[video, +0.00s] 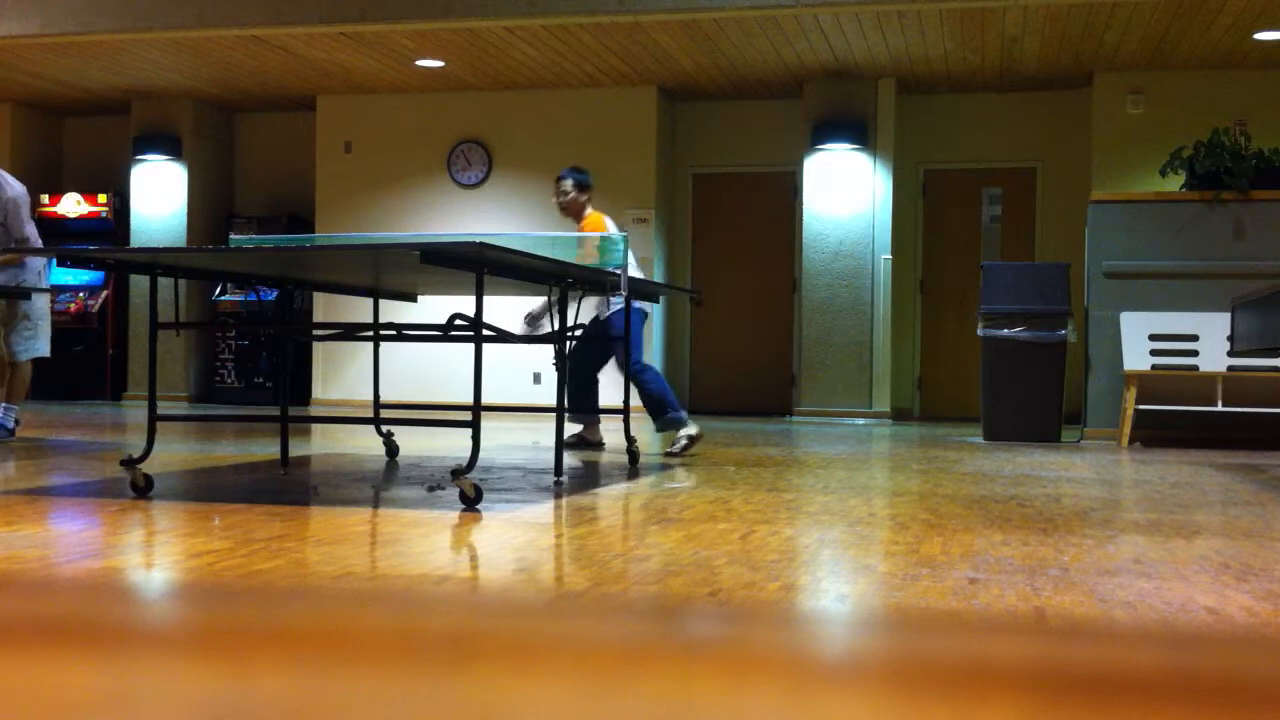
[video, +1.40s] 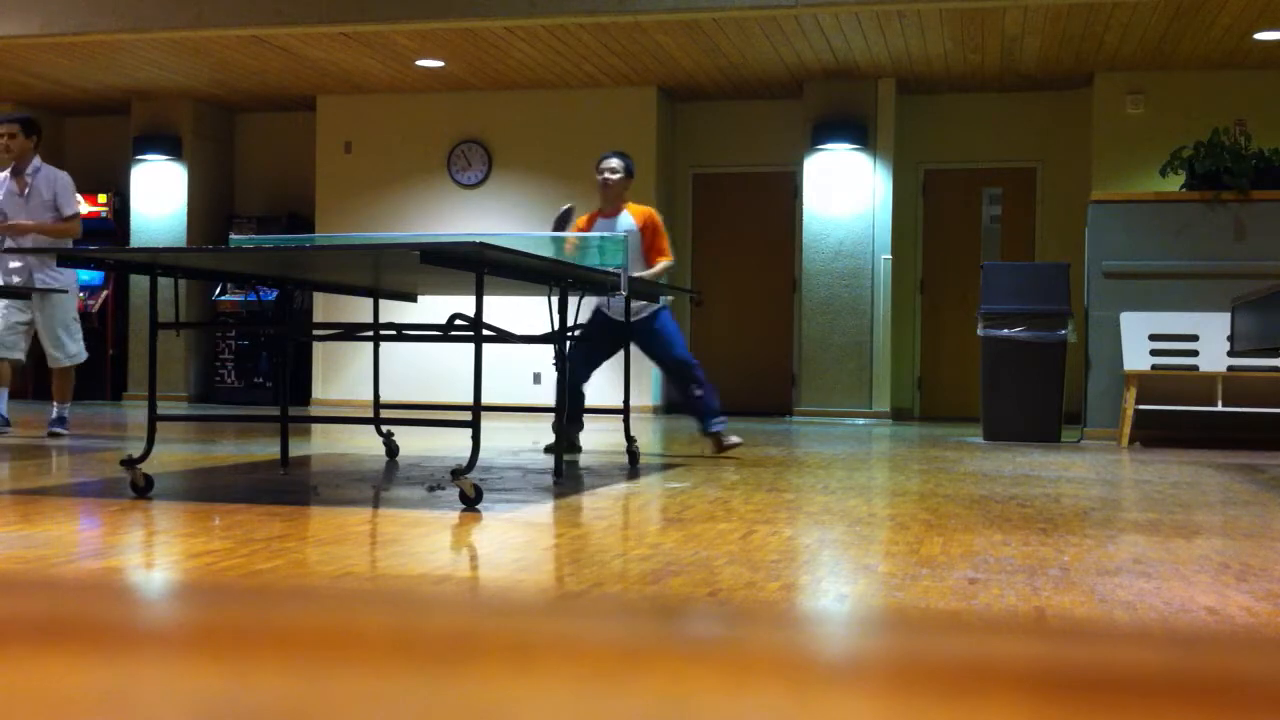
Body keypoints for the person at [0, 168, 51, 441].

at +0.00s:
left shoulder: (12, 191)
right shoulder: (10, 191)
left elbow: (26, 247)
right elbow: (23, 247)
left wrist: (3, 259)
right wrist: (7, 258)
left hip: (26, 277)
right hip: (11, 277)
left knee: (20, 352)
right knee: (9, 353)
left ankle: (9, 418)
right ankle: (7, 415)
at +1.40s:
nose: (5, 143)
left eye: (11, 137)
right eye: (2, 137)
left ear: (32, 141)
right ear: (2, 141)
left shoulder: (57, 179)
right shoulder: (3, 181)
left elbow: (75, 228)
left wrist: (29, 226)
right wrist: (6, 229)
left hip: (52, 281)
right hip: (11, 280)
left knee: (61, 353)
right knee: (3, 350)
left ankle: (60, 416)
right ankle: (1, 413)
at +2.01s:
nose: (22, 171)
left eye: (28, 165)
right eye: (17, 166)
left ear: (45, 167)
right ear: (13, 169)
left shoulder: (66, 198)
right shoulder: (7, 201)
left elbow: (78, 232)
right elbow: (0, 230)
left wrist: (73, 250)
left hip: (63, 287)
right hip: (15, 289)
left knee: (80, 349)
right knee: (2, 350)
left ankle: (89, 414)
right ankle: (0, 413)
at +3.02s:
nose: (1, 151)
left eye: (4, 145)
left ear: (23, 146)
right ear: (6, 149)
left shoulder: (58, 181)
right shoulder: (3, 191)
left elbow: (88, 224)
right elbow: (6, 240)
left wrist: (53, 243)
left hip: (65, 284)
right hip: (20, 284)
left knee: (85, 353)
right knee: (2, 352)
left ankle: (94, 416)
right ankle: (0, 416)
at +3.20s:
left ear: (5, 142)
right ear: (4, 142)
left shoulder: (38, 177)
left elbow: (68, 218)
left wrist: (29, 243)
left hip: (49, 283)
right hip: (7, 283)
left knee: (75, 351)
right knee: (2, 358)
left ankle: (90, 413)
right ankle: (3, 423)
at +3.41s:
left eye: (0, 132)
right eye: (0, 133)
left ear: (5, 135)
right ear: (5, 136)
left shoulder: (29, 171)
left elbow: (58, 213)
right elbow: (54, 213)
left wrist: (19, 234)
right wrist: (20, 236)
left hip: (37, 274)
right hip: (4, 276)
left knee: (59, 346)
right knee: (1, 356)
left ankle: (76, 408)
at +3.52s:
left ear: (5, 134)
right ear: (3, 135)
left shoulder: (31, 171)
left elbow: (55, 216)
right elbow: (50, 216)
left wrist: (14, 232)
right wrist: (14, 234)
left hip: (30, 273)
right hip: (2, 273)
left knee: (47, 344)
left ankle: (66, 406)